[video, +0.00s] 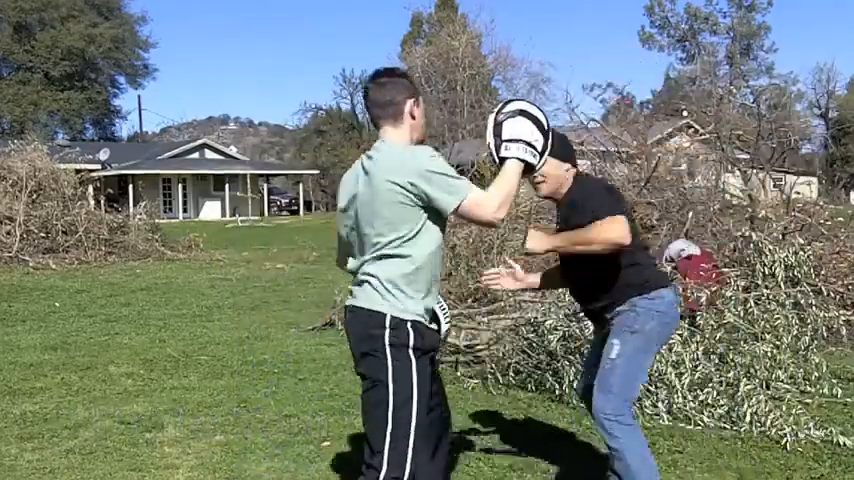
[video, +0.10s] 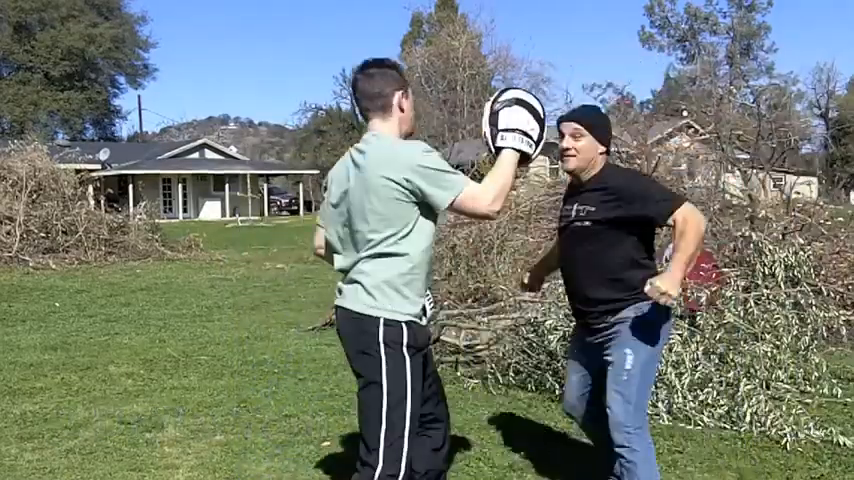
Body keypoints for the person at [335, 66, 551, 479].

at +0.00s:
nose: (424, 113)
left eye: (420, 105)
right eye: (422, 105)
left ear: (372, 116)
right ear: (413, 109)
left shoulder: (354, 175)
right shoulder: (415, 161)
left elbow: (347, 254)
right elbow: (493, 210)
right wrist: (518, 153)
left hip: (373, 314)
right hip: (397, 321)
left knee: (432, 435)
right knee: (397, 454)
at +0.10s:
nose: (412, 105)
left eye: (408, 97)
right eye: (411, 97)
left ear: (360, 108)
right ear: (401, 100)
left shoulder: (343, 168)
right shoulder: (409, 156)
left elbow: (323, 244)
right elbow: (487, 202)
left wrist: (380, 249)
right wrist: (513, 144)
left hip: (362, 312)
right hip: (389, 319)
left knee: (430, 433)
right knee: (388, 456)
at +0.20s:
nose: (400, 99)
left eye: (397, 90)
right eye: (398, 91)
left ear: (349, 103)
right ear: (387, 96)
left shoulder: (333, 166)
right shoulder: (399, 156)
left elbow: (316, 241)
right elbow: (479, 199)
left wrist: (375, 240)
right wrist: (509, 139)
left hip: (354, 312)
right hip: (389, 319)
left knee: (411, 441)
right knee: (387, 454)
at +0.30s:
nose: (390, 97)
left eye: (386, 88)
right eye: (385, 88)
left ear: (338, 100)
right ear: (371, 93)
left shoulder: (324, 166)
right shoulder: (387, 154)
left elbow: (323, 239)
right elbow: (471, 197)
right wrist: (530, 149)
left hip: (354, 314)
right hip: (384, 320)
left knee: (411, 446)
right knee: (387, 457)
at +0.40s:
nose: (390, 96)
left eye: (385, 87)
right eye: (385, 88)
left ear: (343, 105)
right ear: (370, 97)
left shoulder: (333, 162)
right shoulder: (376, 167)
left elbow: (335, 249)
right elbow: (438, 240)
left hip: (361, 317)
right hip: (375, 323)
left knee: (417, 427)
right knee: (380, 455)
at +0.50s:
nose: (411, 101)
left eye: (407, 91)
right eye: (405, 92)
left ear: (372, 106)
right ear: (386, 103)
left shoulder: (357, 157)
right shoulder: (374, 172)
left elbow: (346, 246)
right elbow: (386, 270)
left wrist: (404, 295)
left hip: (376, 316)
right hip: (359, 320)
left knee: (416, 427)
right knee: (375, 452)